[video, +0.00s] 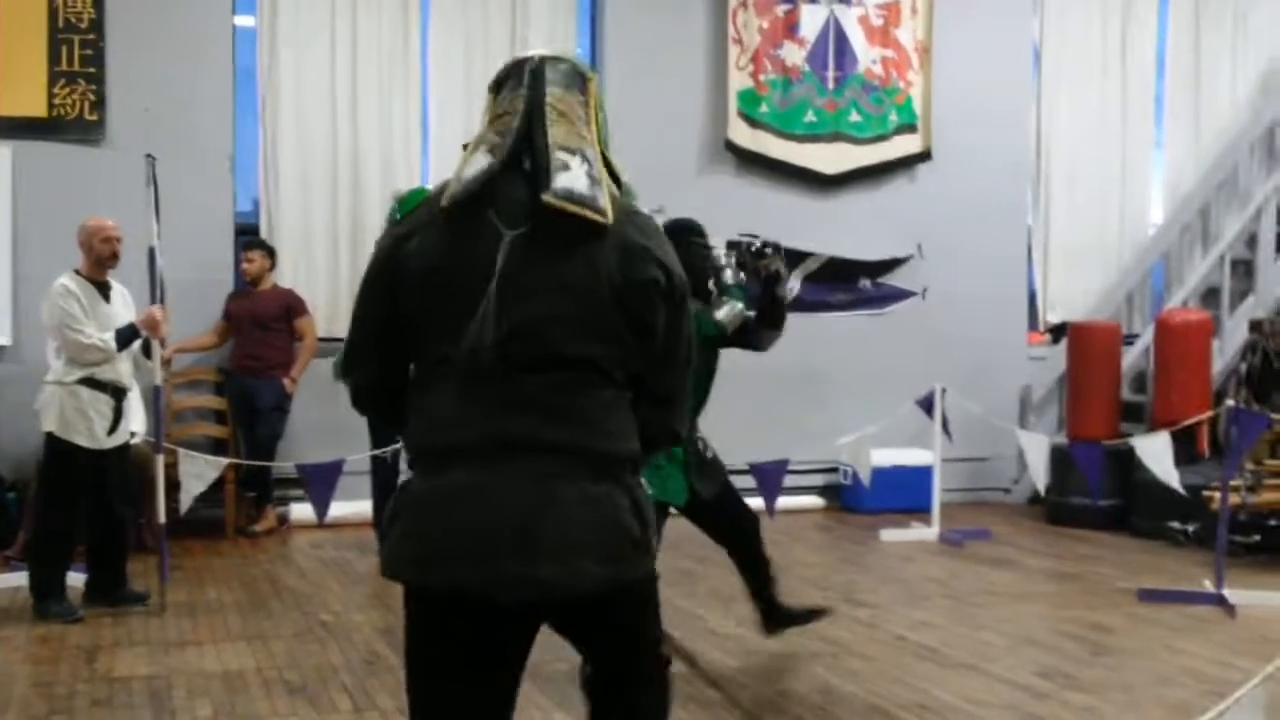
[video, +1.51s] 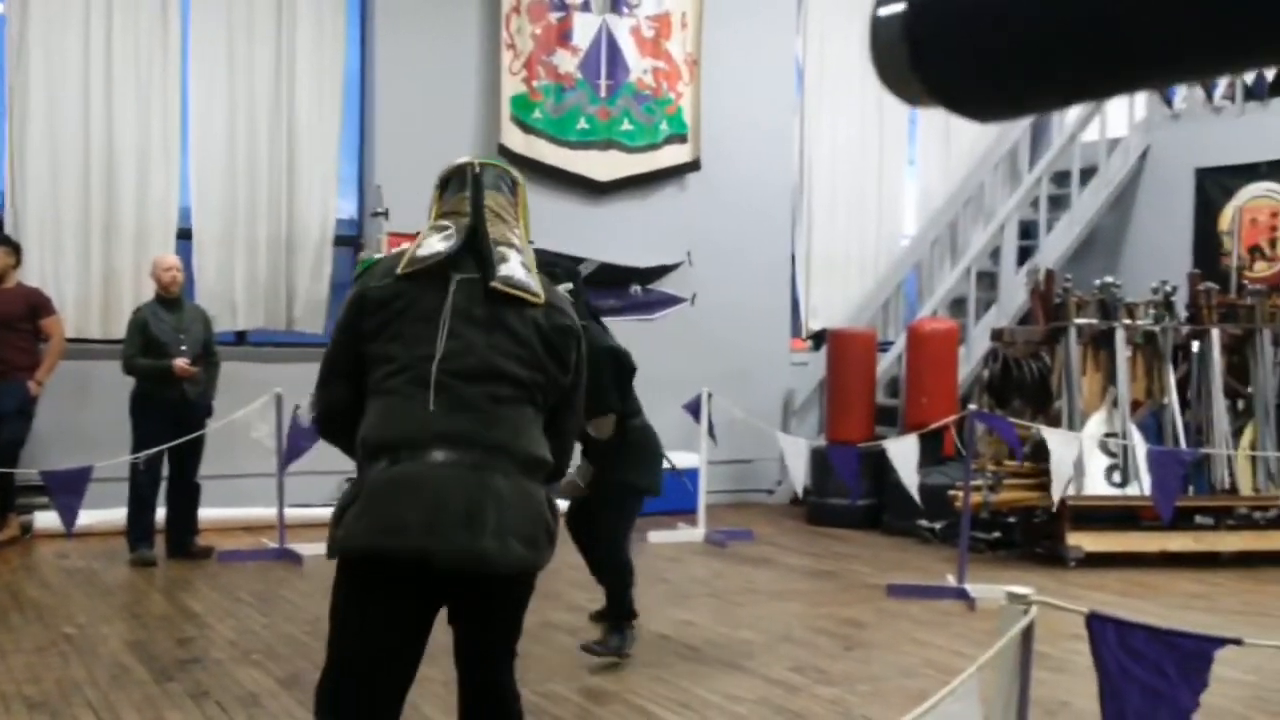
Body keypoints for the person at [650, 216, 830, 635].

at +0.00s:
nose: (706, 262)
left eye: (706, 252)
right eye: (695, 254)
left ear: (708, 258)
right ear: (670, 261)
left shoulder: (706, 314)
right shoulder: (652, 312)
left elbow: (761, 337)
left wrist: (771, 288)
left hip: (684, 450)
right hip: (644, 454)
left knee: (741, 528)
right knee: (634, 548)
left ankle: (771, 612)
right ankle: (632, 634)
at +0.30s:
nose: (722, 279)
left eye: (728, 270)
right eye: (714, 268)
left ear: (735, 276)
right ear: (691, 271)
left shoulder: (740, 320)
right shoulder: (664, 317)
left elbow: (789, 336)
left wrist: (777, 285)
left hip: (725, 453)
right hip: (671, 454)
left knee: (775, 545)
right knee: (629, 551)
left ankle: (765, 638)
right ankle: (601, 641)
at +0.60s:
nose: (715, 268)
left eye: (727, 259)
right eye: (709, 257)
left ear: (743, 267)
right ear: (696, 261)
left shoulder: (754, 325)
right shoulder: (681, 310)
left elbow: (748, 393)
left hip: (743, 439)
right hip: (691, 438)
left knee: (746, 542)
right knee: (678, 530)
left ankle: (728, 634)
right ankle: (717, 584)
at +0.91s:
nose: (642, 279)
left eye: (648, 271)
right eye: (644, 270)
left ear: (665, 275)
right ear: (684, 273)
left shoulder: (692, 329)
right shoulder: (679, 318)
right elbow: (645, 344)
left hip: (716, 444)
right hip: (700, 441)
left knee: (694, 527)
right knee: (679, 518)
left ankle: (731, 625)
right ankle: (714, 599)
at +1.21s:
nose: (585, 304)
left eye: (589, 294)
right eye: (585, 296)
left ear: (605, 297)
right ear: (626, 293)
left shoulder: (632, 339)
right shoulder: (647, 333)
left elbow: (593, 395)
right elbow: (641, 403)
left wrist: (562, 423)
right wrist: (604, 430)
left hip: (669, 452)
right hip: (667, 449)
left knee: (660, 531)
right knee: (639, 519)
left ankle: (689, 628)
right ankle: (665, 603)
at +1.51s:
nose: (539, 315)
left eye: (544, 305)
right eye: (539, 308)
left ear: (563, 300)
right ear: (572, 298)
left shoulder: (594, 347)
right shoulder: (570, 342)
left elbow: (603, 425)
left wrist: (581, 473)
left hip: (630, 456)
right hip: (606, 454)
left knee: (608, 536)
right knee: (582, 524)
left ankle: (620, 629)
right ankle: (617, 600)